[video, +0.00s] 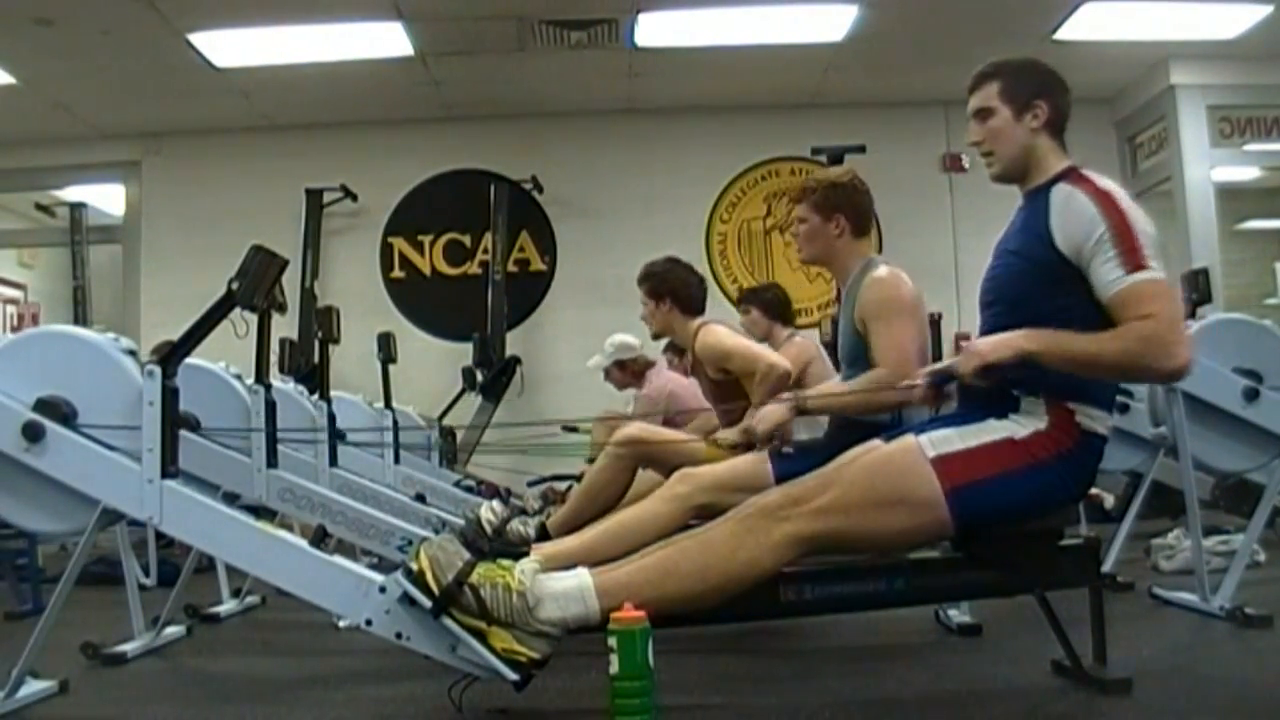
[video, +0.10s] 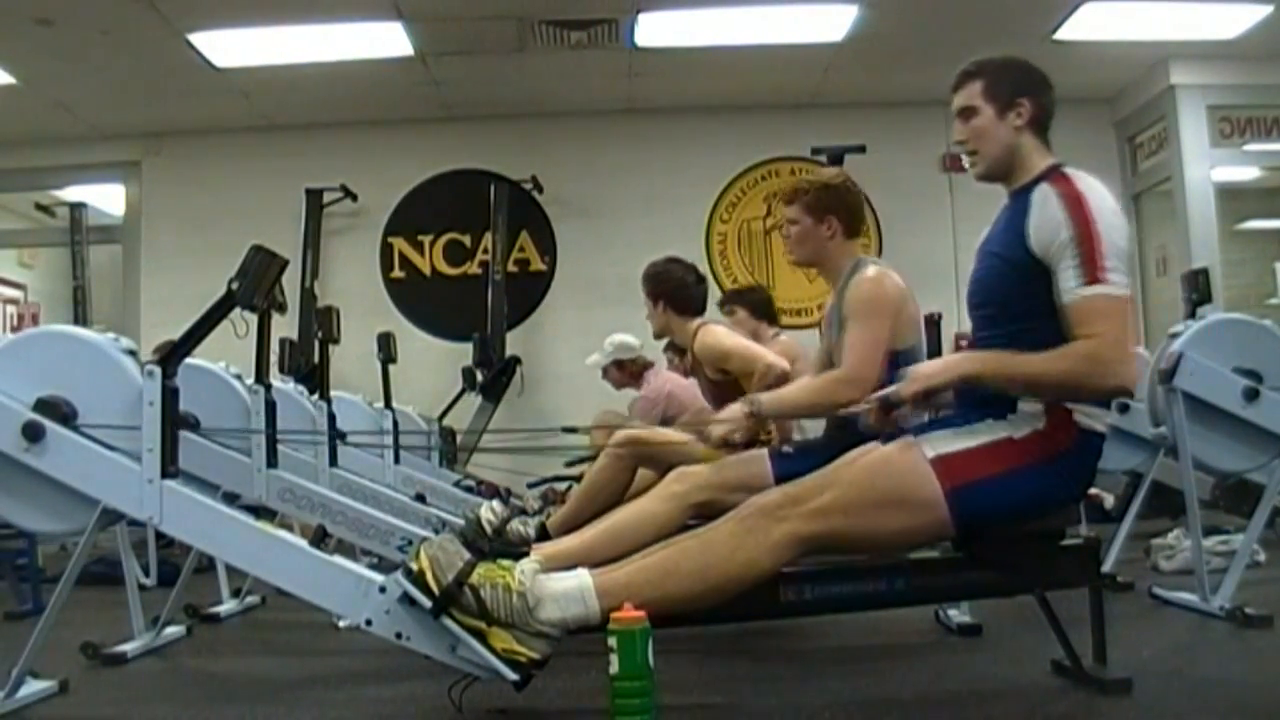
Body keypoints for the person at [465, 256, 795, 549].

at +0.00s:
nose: (642, 314)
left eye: (647, 303)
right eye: (642, 303)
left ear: (669, 304)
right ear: (674, 304)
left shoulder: (709, 340)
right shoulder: (697, 344)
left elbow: (776, 369)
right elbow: (732, 403)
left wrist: (747, 429)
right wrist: (700, 431)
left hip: (748, 449)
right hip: (734, 443)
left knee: (628, 439)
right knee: (626, 439)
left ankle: (549, 532)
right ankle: (554, 524)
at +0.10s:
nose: (647, 317)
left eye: (648, 305)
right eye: (647, 306)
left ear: (664, 305)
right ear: (684, 301)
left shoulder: (708, 340)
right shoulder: (697, 342)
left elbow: (772, 366)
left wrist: (743, 416)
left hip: (747, 450)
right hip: (735, 444)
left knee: (626, 443)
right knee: (620, 440)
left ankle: (549, 532)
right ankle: (554, 521)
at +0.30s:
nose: (658, 309)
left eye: (659, 300)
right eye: (659, 300)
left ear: (670, 302)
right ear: (690, 298)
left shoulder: (714, 336)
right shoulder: (700, 337)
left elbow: (769, 373)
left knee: (631, 441)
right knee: (626, 436)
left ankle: (549, 530)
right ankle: (556, 520)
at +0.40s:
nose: (663, 313)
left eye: (665, 301)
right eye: (664, 302)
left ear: (676, 299)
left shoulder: (718, 338)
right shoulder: (705, 339)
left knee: (625, 442)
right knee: (619, 431)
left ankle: (551, 528)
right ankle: (553, 521)